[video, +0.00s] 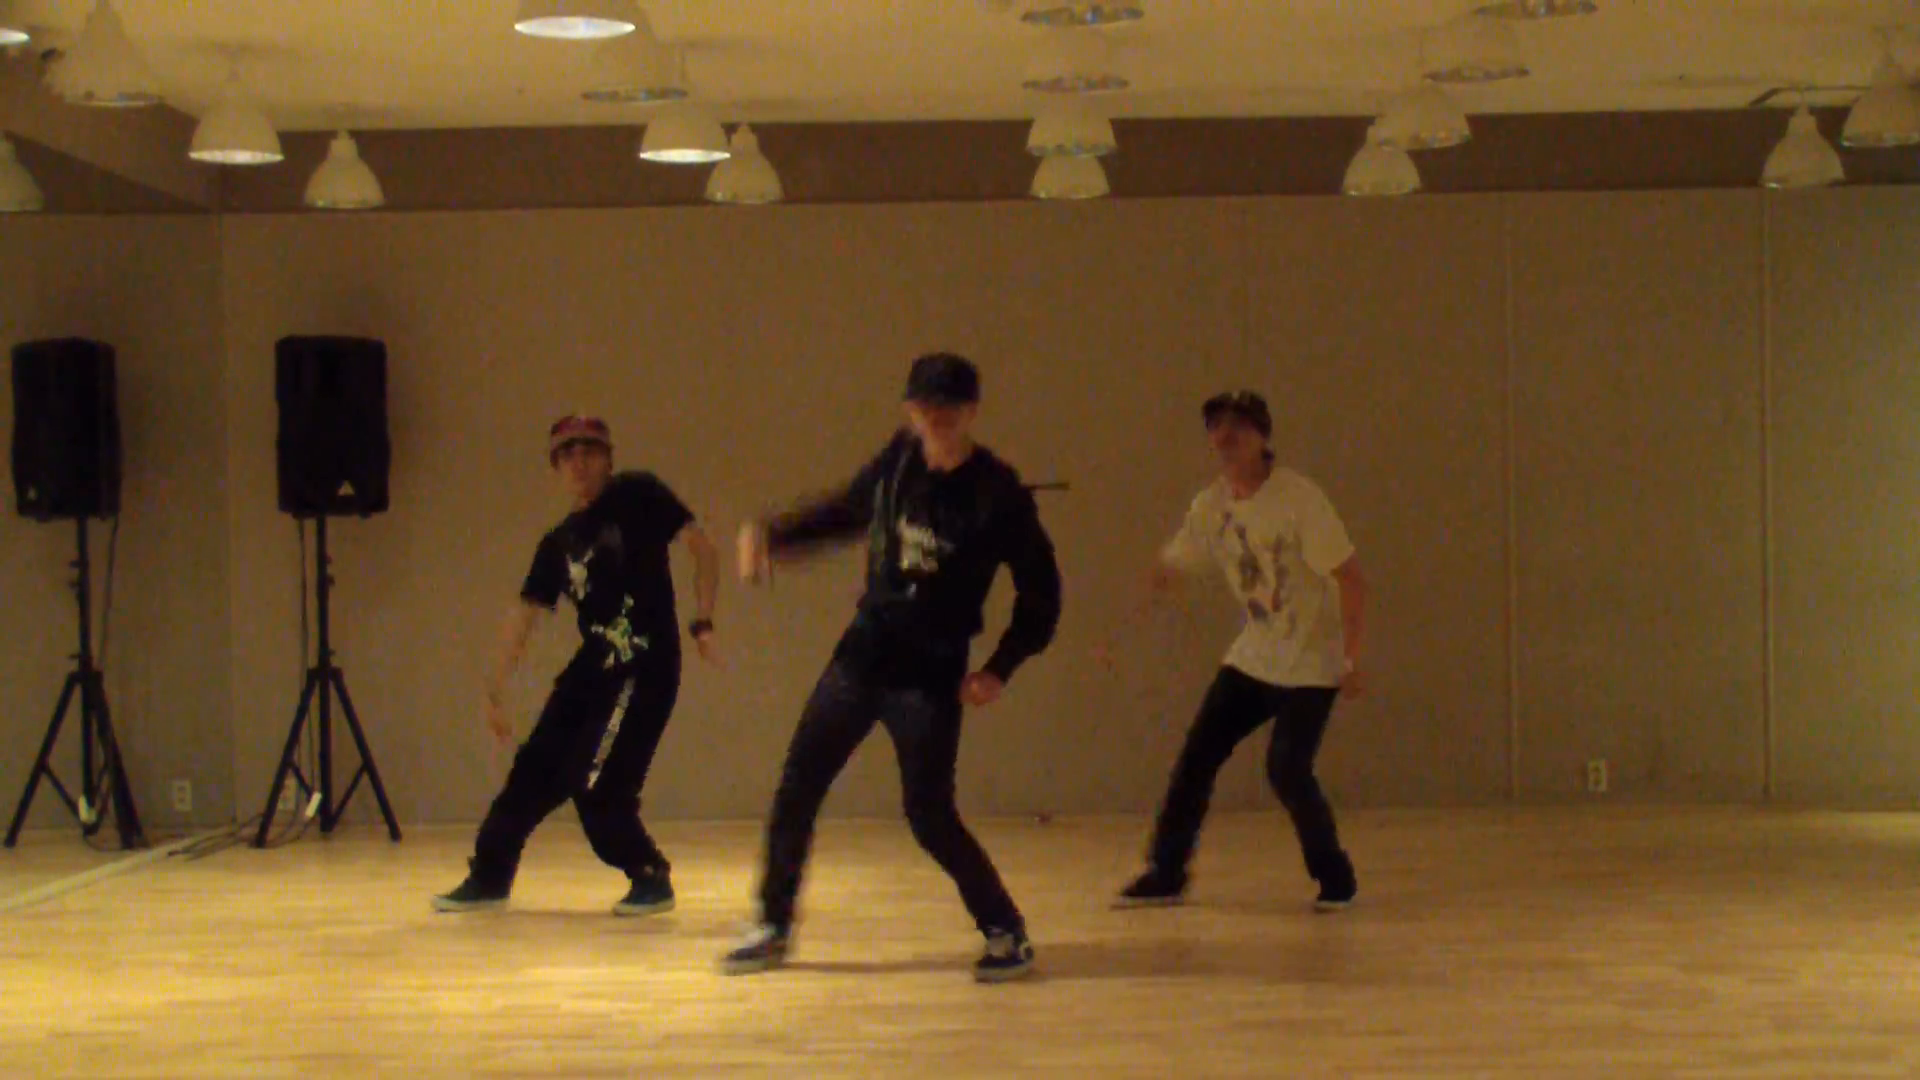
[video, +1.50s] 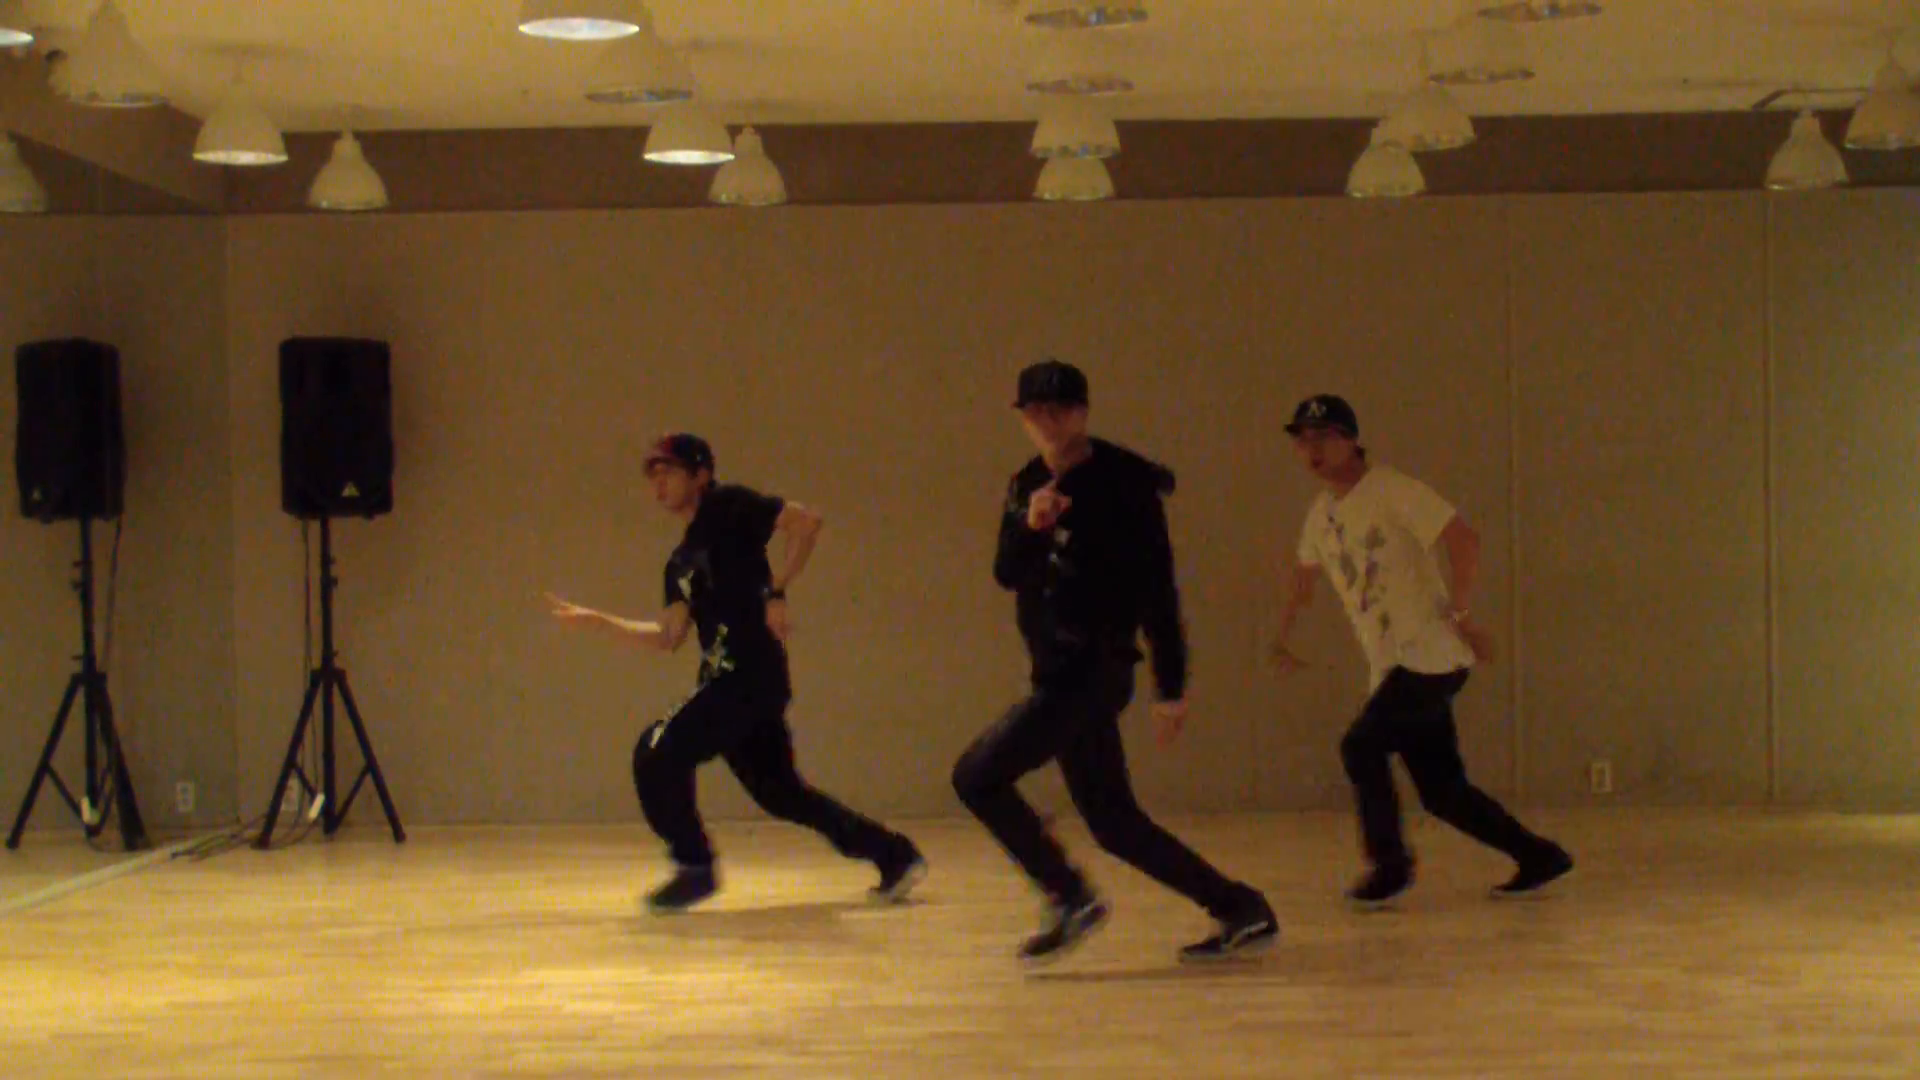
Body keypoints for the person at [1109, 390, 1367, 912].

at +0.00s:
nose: (1224, 444)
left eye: (1236, 434)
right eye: (1217, 435)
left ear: (1262, 438)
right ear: (1209, 442)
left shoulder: (1301, 499)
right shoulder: (1212, 503)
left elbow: (1350, 577)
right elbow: (1177, 567)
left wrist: (1351, 657)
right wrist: (1158, 580)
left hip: (1313, 661)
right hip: (1254, 654)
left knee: (1288, 768)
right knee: (1198, 756)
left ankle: (1336, 879)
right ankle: (1166, 871)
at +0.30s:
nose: (1268, 382)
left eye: (1281, 374)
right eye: (1261, 374)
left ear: (1304, 388)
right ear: (1251, 385)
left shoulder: (1320, 450)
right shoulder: (1237, 444)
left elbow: (1351, 539)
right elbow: (1204, 374)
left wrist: (1340, 615)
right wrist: (1191, 298)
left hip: (1306, 627)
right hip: (1255, 625)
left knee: (1298, 751)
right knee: (1275, 756)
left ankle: (1337, 867)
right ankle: (1318, 864)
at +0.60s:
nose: (1268, 421)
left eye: (1276, 409)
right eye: (1261, 412)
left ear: (1304, 407)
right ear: (1262, 415)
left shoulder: (1344, 465)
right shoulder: (1277, 470)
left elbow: (1389, 548)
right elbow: (1246, 542)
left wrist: (1354, 614)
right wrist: (1234, 482)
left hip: (1306, 637)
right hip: (1260, 633)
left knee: (1290, 756)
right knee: (1266, 758)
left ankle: (1338, 869)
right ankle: (1321, 865)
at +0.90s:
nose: (1236, 458)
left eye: (1245, 446)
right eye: (1231, 448)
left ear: (1276, 446)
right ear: (1233, 452)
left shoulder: (1325, 498)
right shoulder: (1270, 504)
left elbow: (1392, 560)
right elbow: (1287, 586)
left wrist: (1396, 649)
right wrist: (1266, 610)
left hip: (1351, 652)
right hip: (1310, 632)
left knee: (1294, 758)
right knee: (1234, 652)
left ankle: (1335, 874)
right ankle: (1268, 751)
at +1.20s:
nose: (1274, 451)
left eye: (1282, 436)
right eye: (1267, 441)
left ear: (1311, 432)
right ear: (1265, 447)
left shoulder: (1368, 471)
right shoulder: (1289, 515)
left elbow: (1449, 524)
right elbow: (1227, 541)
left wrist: (1451, 601)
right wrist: (1158, 527)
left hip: (1388, 647)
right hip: (1335, 640)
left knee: (1319, 752)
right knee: (1280, 722)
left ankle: (1334, 875)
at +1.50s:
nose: (1312, 452)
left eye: (1323, 439)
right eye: (1304, 443)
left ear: (1351, 441)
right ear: (1299, 450)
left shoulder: (1391, 489)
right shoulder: (1322, 513)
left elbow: (1462, 537)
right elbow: (1302, 578)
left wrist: (1459, 611)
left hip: (1432, 659)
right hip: (1392, 666)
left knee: (1362, 746)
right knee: (1443, 791)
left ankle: (1390, 864)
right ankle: (1537, 855)